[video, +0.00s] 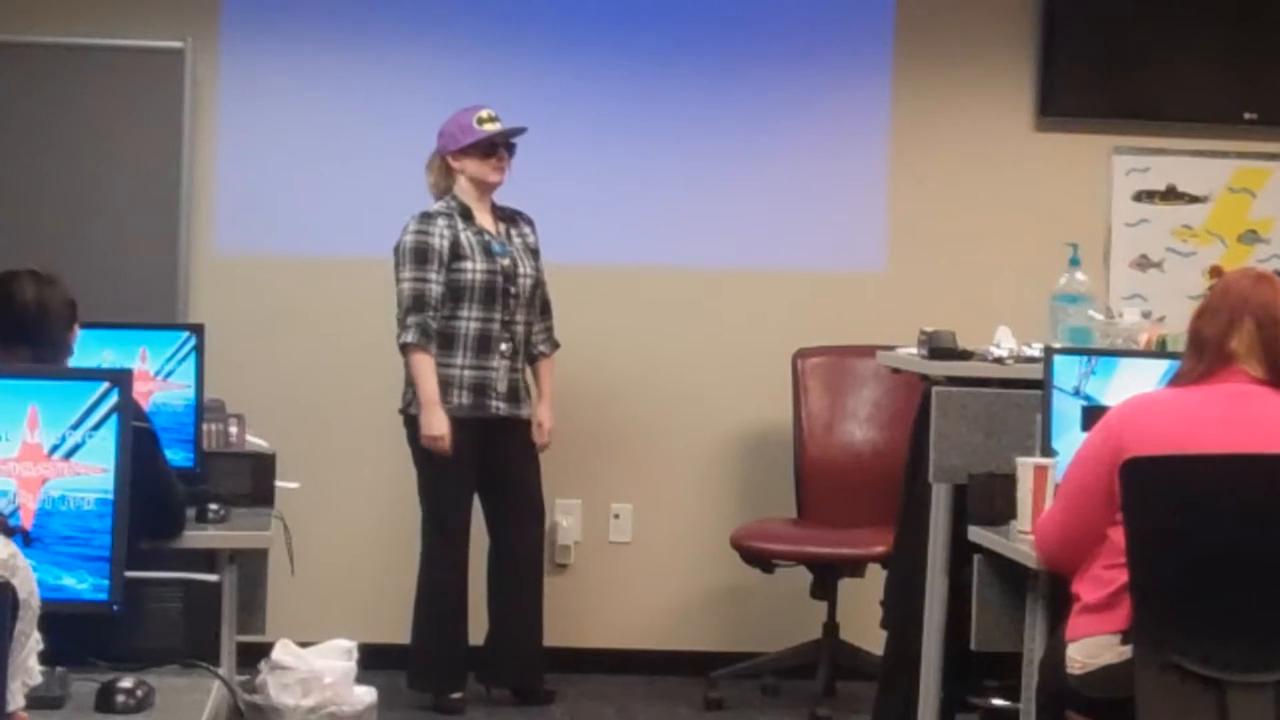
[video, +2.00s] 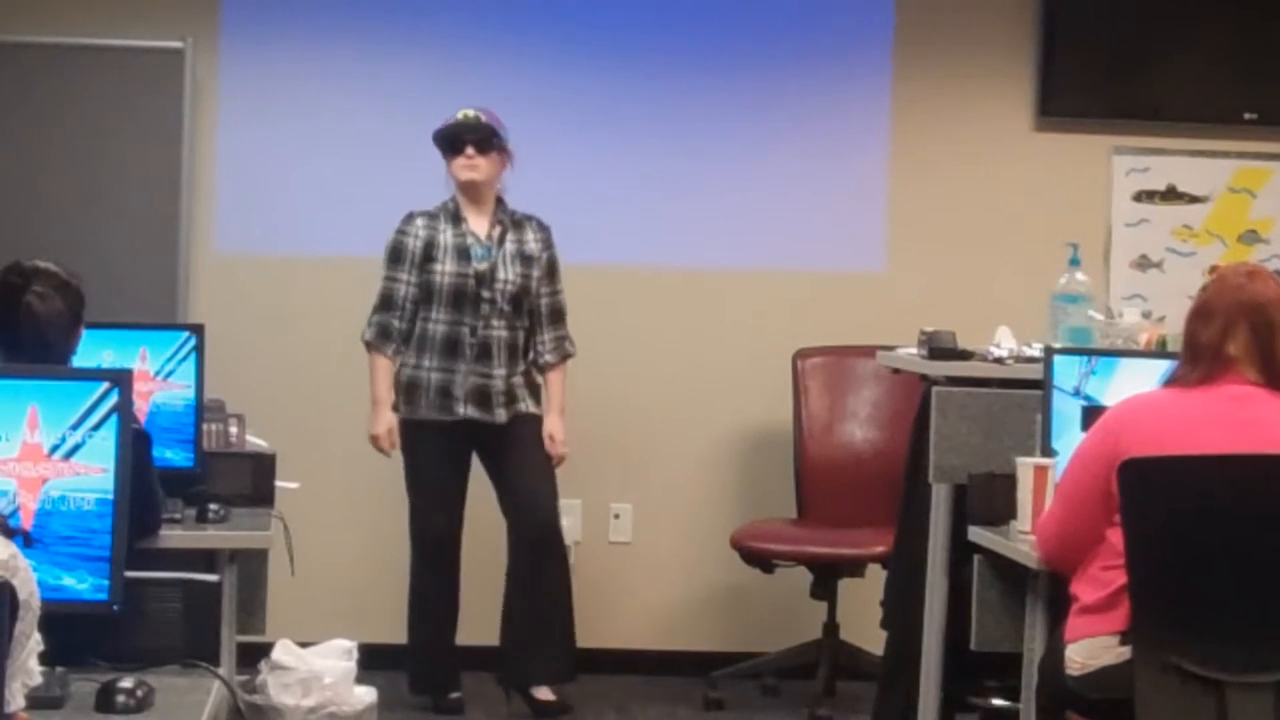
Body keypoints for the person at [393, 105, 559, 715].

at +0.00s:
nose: (501, 158)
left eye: (505, 150)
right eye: (487, 151)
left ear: (506, 159)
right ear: (454, 158)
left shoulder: (520, 230)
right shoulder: (427, 228)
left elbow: (538, 322)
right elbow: (414, 327)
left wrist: (544, 398)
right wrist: (430, 406)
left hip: (509, 415)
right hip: (446, 414)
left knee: (520, 543)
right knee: (447, 548)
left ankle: (515, 673)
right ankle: (440, 679)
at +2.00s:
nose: (469, 157)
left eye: (482, 148)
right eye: (458, 149)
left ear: (503, 160)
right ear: (445, 161)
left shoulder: (532, 235)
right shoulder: (418, 229)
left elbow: (550, 331)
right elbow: (386, 323)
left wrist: (555, 411)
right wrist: (382, 403)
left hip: (512, 411)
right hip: (431, 412)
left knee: (540, 529)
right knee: (436, 544)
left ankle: (537, 674)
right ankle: (435, 681)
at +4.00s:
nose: (589, 175)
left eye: (591, 165)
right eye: (572, 166)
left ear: (592, 175)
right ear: (529, 178)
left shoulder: (605, 247)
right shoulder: (494, 247)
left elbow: (632, 331)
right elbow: (510, 323)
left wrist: (655, 401)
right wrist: (574, 356)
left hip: (592, 446)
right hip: (505, 445)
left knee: (600, 591)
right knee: (495, 587)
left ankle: (570, 713)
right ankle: (489, 707)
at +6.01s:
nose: (694, 136)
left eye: (694, 126)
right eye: (674, 128)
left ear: (691, 134)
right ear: (627, 141)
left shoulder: (712, 221)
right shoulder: (577, 213)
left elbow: (714, 343)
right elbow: (575, 345)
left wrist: (696, 444)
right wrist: (637, 441)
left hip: (685, 462)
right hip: (583, 461)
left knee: (690, 652)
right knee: (588, 650)